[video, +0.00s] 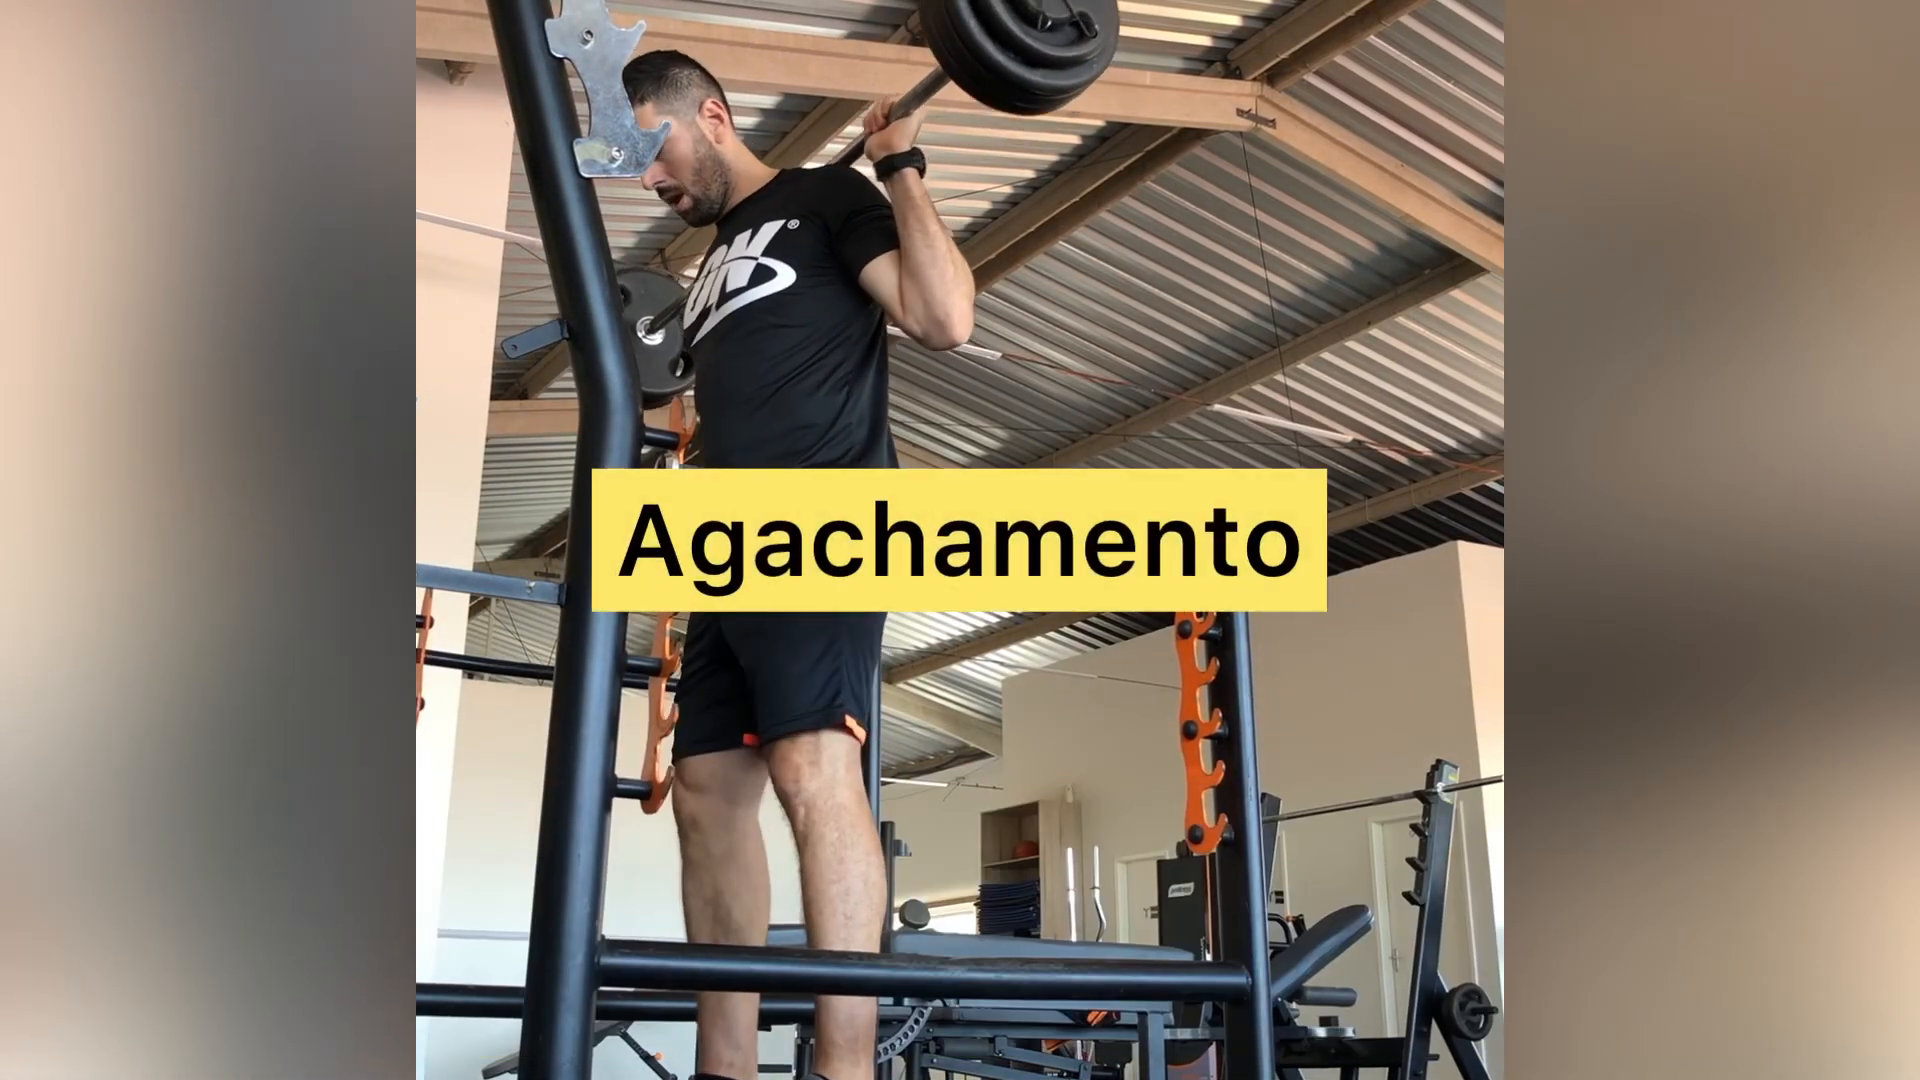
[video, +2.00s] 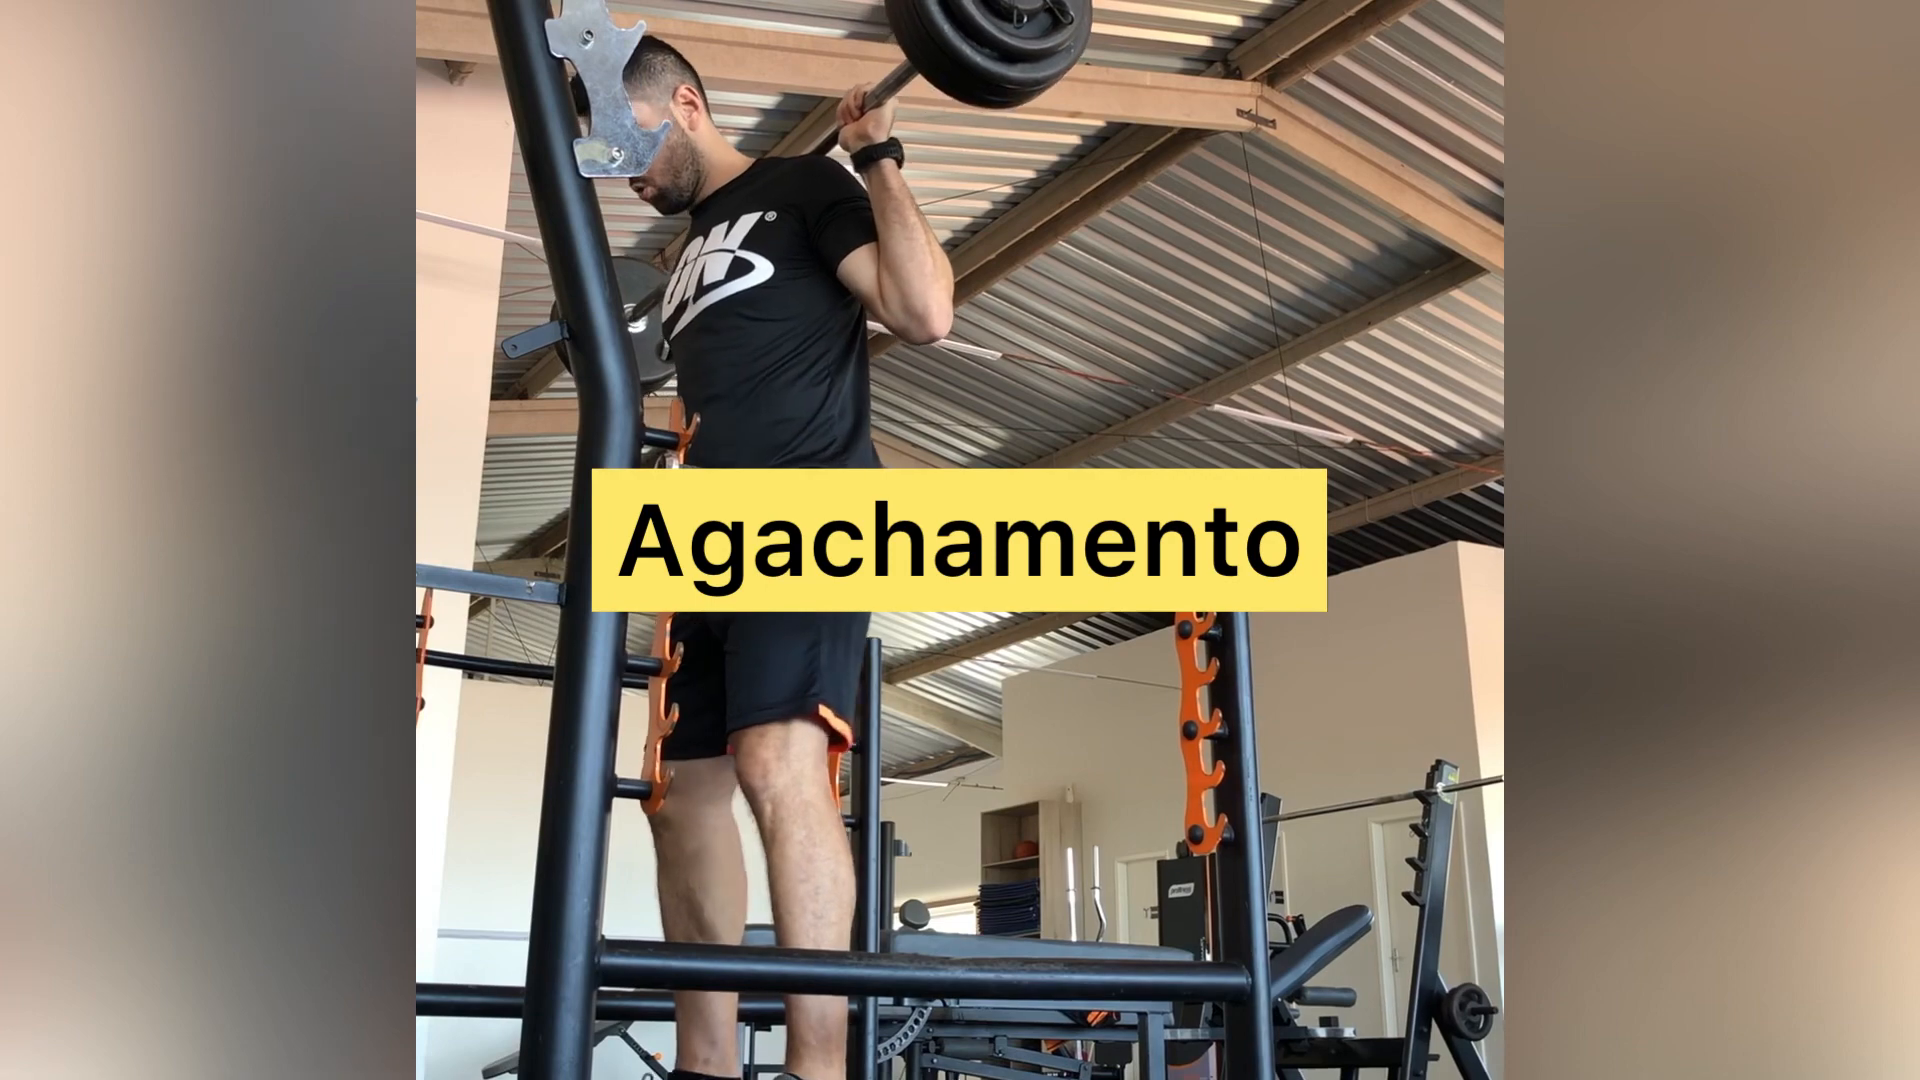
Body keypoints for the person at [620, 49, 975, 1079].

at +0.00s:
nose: (650, 178)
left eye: (654, 148)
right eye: (637, 160)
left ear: (714, 116)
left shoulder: (828, 193)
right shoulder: (708, 268)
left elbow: (946, 322)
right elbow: (704, 417)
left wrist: (904, 173)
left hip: (822, 527)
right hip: (721, 541)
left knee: (815, 764)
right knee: (706, 788)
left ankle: (848, 1065)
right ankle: (727, 1066)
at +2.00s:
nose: (631, 172)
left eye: (635, 144)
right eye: (618, 154)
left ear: (690, 106)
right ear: (662, 124)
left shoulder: (806, 183)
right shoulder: (686, 258)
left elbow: (928, 312)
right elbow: (704, 420)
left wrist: (880, 161)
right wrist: (672, 573)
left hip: (808, 522)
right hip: (713, 537)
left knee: (779, 758)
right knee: (686, 786)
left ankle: (822, 1062)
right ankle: (708, 1063)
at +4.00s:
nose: (630, 182)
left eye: (635, 152)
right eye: (615, 165)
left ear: (684, 112)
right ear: (643, 139)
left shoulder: (799, 192)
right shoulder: (685, 257)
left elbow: (917, 316)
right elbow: (714, 406)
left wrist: (866, 170)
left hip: (809, 512)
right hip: (726, 529)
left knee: (769, 755)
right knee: (687, 788)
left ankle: (825, 1063)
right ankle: (709, 1067)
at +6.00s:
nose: (601, 200)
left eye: (611, 170)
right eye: (588, 180)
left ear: (674, 145)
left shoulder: (790, 218)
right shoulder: (670, 303)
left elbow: (919, 344)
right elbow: (698, 433)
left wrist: (855, 197)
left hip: (849, 538)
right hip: (752, 560)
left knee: (760, 756)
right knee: (659, 793)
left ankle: (822, 1066)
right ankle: (697, 1067)